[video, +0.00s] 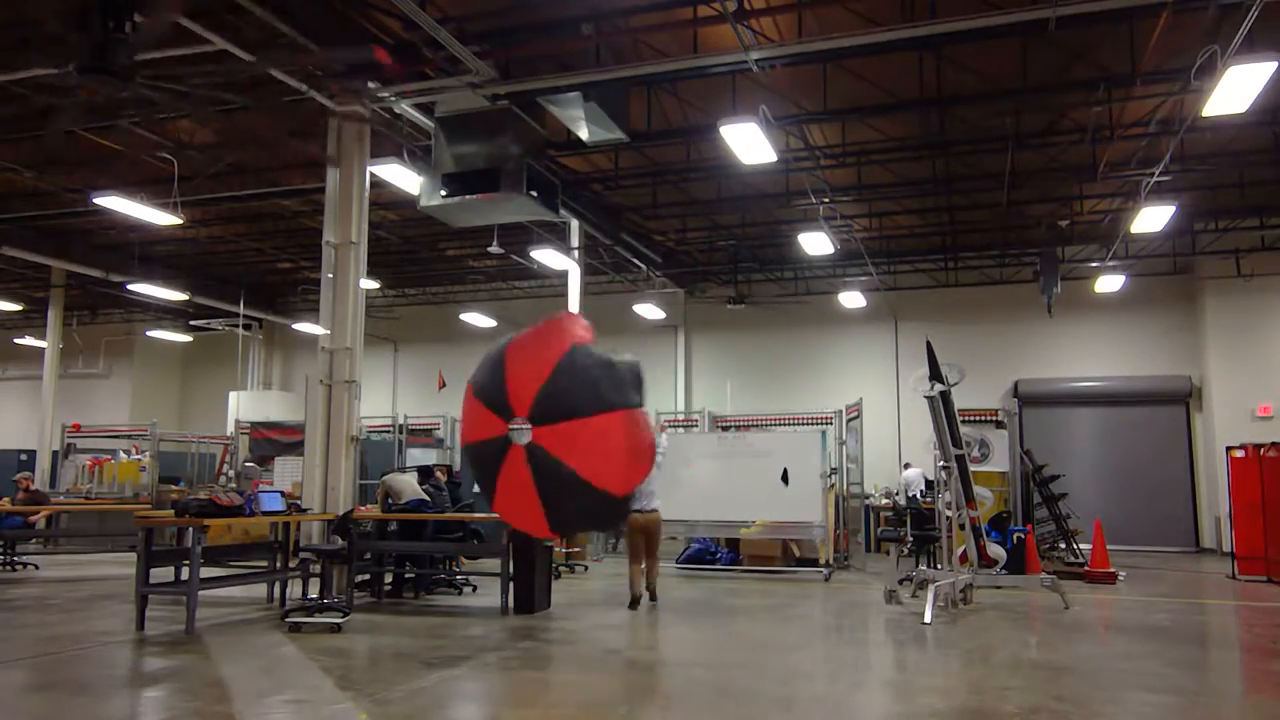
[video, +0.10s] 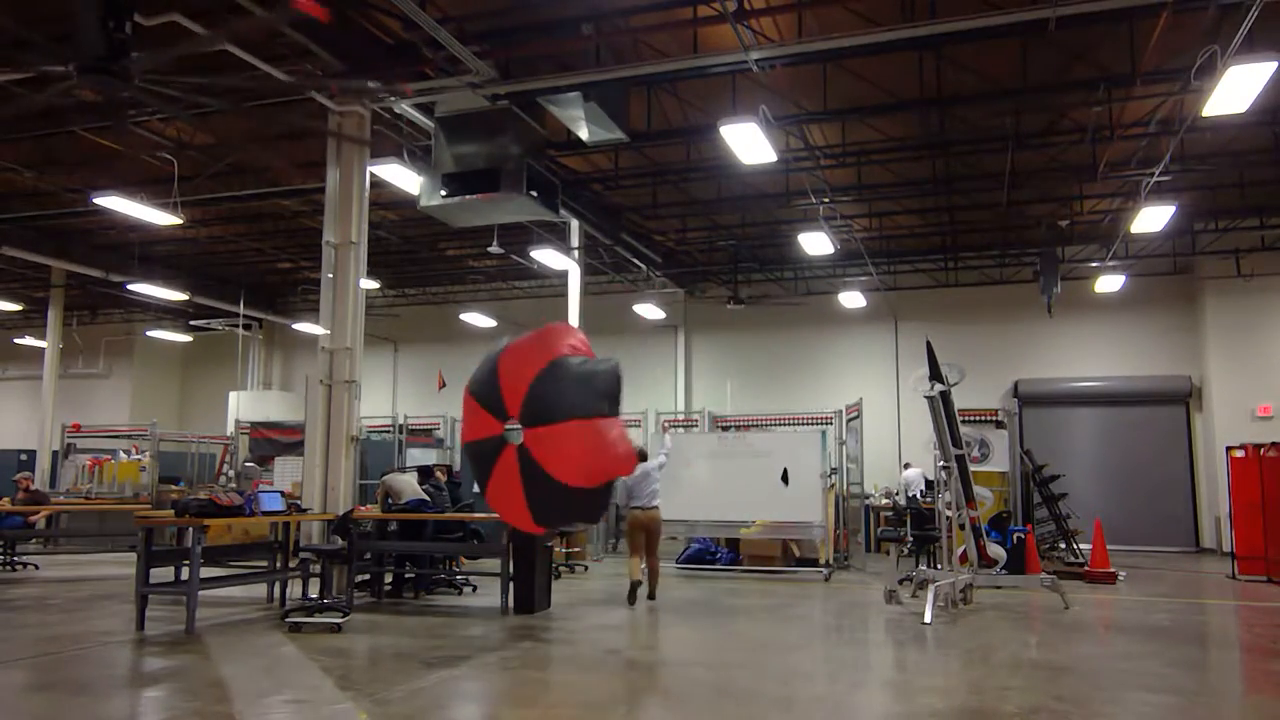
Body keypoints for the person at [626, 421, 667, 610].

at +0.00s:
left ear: (632, 451)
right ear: (646, 452)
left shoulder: (628, 467)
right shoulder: (653, 466)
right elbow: (660, 449)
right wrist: (662, 434)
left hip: (634, 513)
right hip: (653, 513)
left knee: (635, 559)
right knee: (652, 556)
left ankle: (636, 592)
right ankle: (651, 587)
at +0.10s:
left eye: (634, 454)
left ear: (632, 458)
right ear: (646, 457)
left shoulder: (625, 476)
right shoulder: (653, 467)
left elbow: (622, 502)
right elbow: (664, 453)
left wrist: (626, 511)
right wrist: (666, 434)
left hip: (635, 512)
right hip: (653, 510)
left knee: (635, 552)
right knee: (652, 554)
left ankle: (635, 579)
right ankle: (652, 590)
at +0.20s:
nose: (629, 463)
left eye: (630, 460)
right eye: (630, 460)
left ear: (634, 461)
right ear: (645, 460)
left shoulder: (629, 480)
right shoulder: (654, 470)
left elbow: (624, 504)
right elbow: (666, 455)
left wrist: (627, 513)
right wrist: (666, 434)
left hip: (636, 517)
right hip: (654, 516)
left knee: (634, 554)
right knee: (652, 555)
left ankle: (635, 574)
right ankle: (652, 589)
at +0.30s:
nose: (626, 462)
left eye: (628, 459)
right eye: (627, 459)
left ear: (634, 459)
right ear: (641, 459)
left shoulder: (630, 477)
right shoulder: (653, 467)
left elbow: (627, 502)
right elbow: (666, 453)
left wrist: (625, 514)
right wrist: (667, 433)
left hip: (637, 514)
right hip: (654, 512)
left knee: (633, 553)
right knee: (651, 555)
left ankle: (636, 578)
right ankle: (652, 590)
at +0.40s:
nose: (624, 458)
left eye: (626, 455)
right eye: (625, 455)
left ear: (631, 456)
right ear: (639, 456)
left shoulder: (629, 472)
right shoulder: (651, 464)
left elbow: (629, 496)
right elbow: (665, 451)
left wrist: (621, 509)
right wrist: (668, 432)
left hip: (636, 508)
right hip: (652, 507)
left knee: (633, 550)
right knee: (650, 549)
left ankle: (635, 584)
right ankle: (652, 582)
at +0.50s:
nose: (624, 461)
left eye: (625, 458)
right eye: (624, 458)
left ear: (630, 459)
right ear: (637, 458)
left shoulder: (627, 473)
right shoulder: (648, 468)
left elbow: (627, 498)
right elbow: (662, 459)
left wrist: (615, 507)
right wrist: (667, 442)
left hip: (634, 512)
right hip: (649, 510)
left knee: (632, 550)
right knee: (649, 546)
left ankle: (635, 583)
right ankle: (653, 571)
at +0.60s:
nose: (623, 464)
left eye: (624, 461)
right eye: (623, 461)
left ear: (630, 462)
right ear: (636, 462)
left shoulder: (625, 477)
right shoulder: (646, 471)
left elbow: (622, 503)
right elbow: (664, 466)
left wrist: (608, 509)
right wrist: (670, 448)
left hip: (631, 515)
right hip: (647, 513)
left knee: (630, 552)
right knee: (646, 548)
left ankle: (635, 584)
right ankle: (654, 570)